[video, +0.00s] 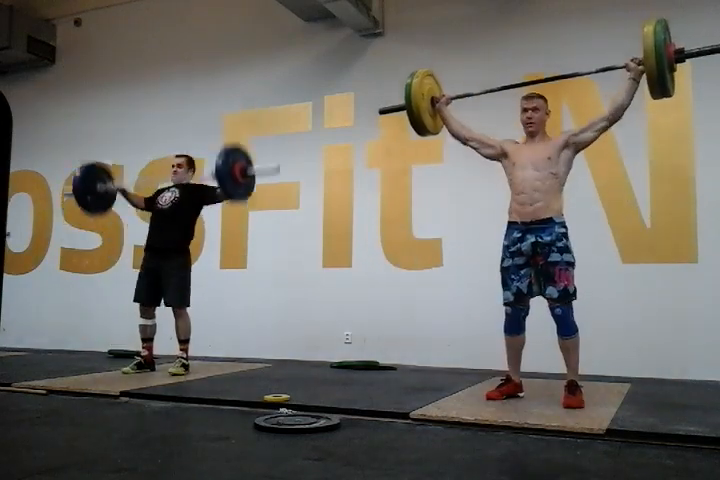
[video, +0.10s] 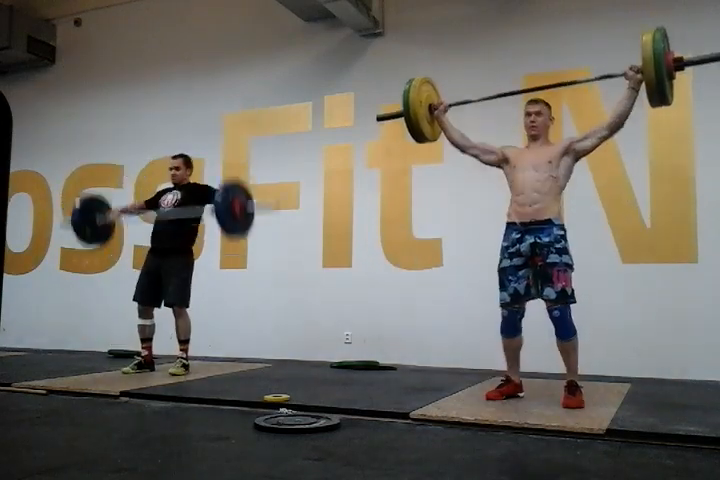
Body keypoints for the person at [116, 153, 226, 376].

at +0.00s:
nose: (174, 169)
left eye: (179, 166)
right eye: (173, 166)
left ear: (191, 171)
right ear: (172, 170)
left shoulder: (197, 191)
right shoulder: (161, 192)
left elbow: (226, 194)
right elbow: (143, 204)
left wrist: (237, 174)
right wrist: (122, 191)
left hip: (177, 259)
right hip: (152, 257)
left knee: (179, 308)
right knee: (146, 307)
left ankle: (183, 359)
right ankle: (146, 358)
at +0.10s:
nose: (172, 172)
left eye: (176, 169)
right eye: (170, 169)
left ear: (188, 171)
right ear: (169, 171)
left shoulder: (199, 191)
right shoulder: (164, 194)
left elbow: (224, 197)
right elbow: (141, 207)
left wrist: (238, 200)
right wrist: (118, 211)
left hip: (180, 258)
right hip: (156, 256)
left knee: (178, 308)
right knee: (144, 305)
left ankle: (183, 359)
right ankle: (146, 358)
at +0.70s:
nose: (136, 204)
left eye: (140, 200)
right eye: (134, 200)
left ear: (153, 200)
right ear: (133, 203)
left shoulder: (170, 221)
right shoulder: (135, 227)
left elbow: (204, 239)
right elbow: (124, 250)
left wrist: (222, 265)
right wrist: (116, 269)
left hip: (187, 272)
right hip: (162, 274)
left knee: (177, 308)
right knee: (136, 309)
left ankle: (183, 361)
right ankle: (146, 359)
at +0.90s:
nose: (152, 177)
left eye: (155, 172)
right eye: (149, 173)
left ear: (168, 171)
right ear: (148, 175)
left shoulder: (186, 196)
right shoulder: (147, 200)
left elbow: (206, 222)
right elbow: (130, 227)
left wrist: (217, 247)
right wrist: (115, 251)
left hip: (182, 261)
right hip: (156, 261)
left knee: (178, 307)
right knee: (145, 307)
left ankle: (183, 359)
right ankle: (146, 358)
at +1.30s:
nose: (152, 176)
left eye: (156, 171)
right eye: (150, 172)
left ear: (169, 171)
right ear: (149, 174)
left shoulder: (185, 197)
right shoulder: (146, 200)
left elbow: (202, 223)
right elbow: (129, 227)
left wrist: (213, 247)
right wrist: (114, 251)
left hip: (179, 261)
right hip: (155, 261)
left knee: (178, 308)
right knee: (144, 306)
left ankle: (182, 359)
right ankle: (146, 358)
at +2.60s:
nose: (115, 230)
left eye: (120, 226)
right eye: (114, 226)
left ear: (134, 229)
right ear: (112, 228)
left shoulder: (152, 244)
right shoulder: (115, 246)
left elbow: (181, 228)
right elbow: (96, 226)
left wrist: (199, 204)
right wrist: (90, 208)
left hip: (162, 299)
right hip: (136, 302)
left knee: (161, 317)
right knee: (96, 319)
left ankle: (168, 361)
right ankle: (119, 362)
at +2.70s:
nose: (112, 238)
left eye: (116, 234)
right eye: (110, 234)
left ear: (131, 236)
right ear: (108, 236)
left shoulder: (148, 251)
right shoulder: (112, 254)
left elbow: (180, 233)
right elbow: (96, 233)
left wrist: (201, 210)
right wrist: (89, 214)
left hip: (161, 305)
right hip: (135, 308)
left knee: (163, 319)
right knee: (95, 320)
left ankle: (168, 362)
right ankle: (119, 362)